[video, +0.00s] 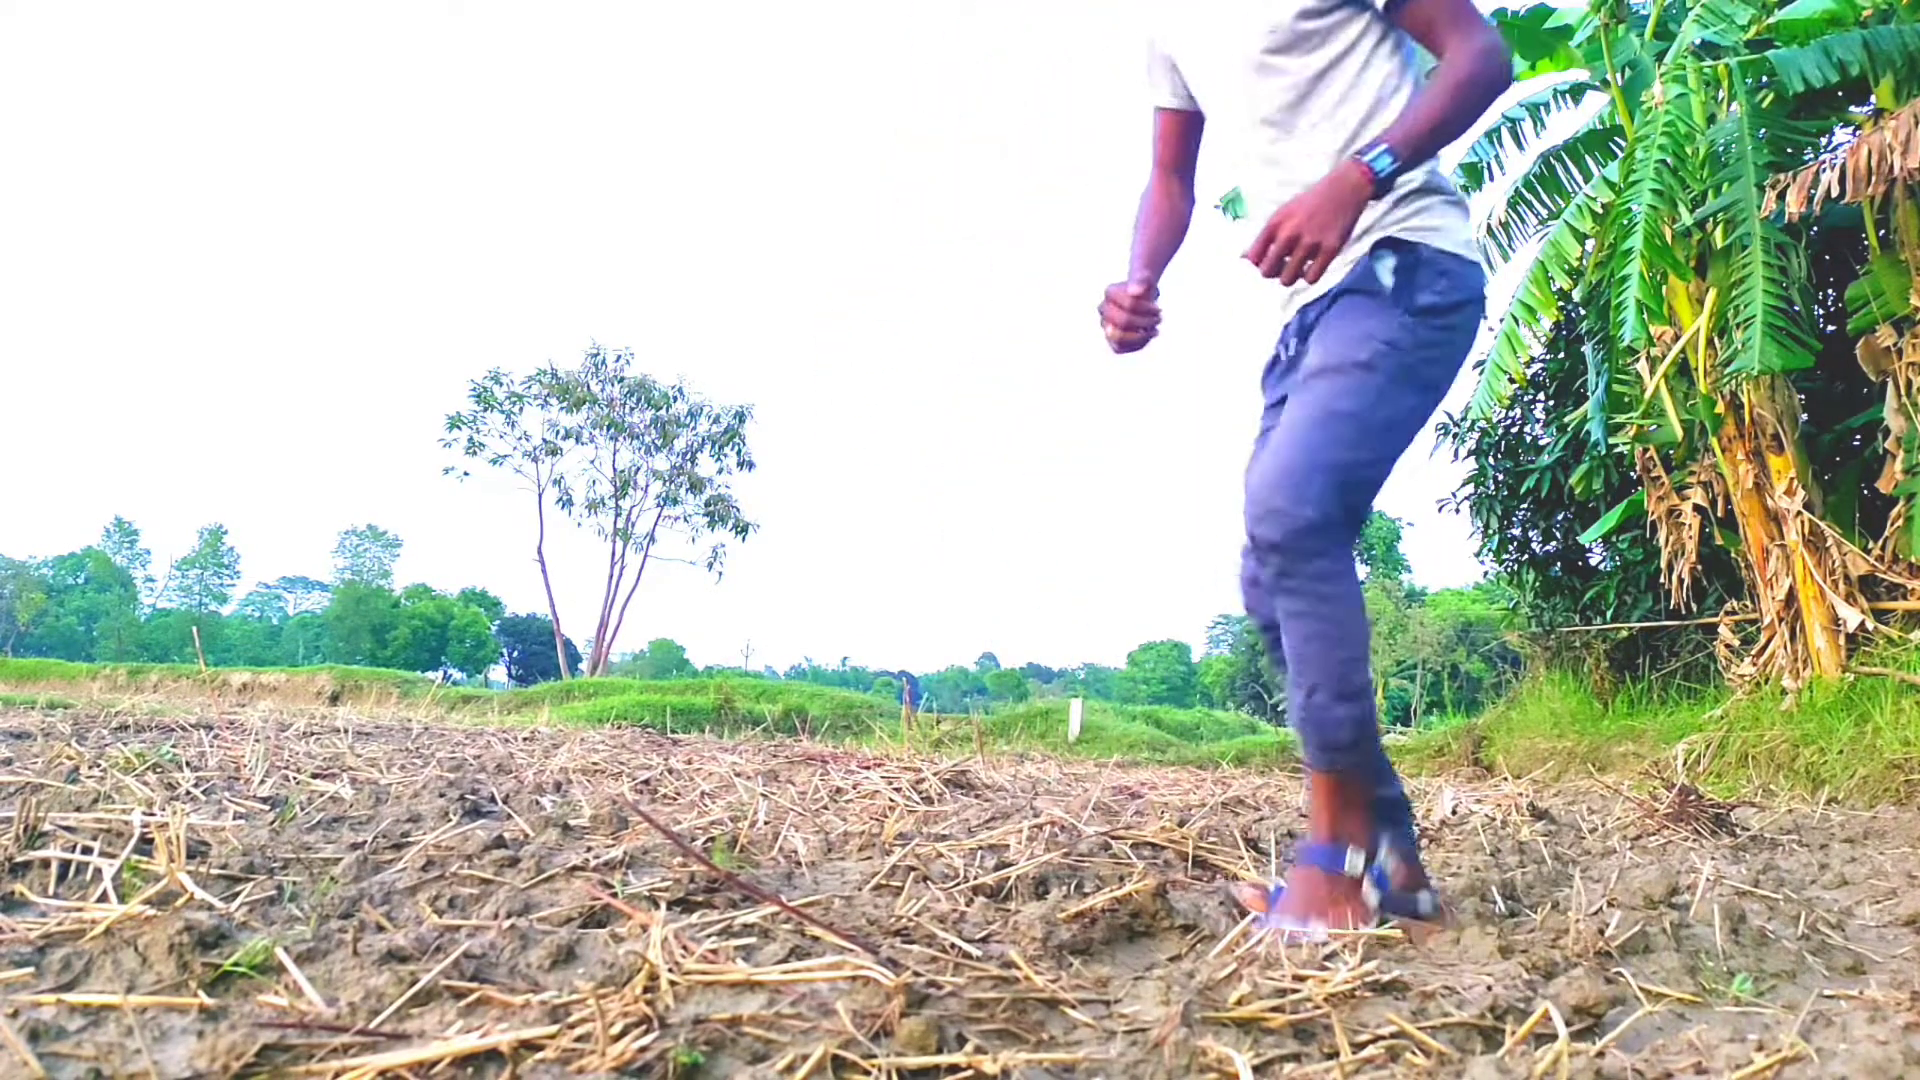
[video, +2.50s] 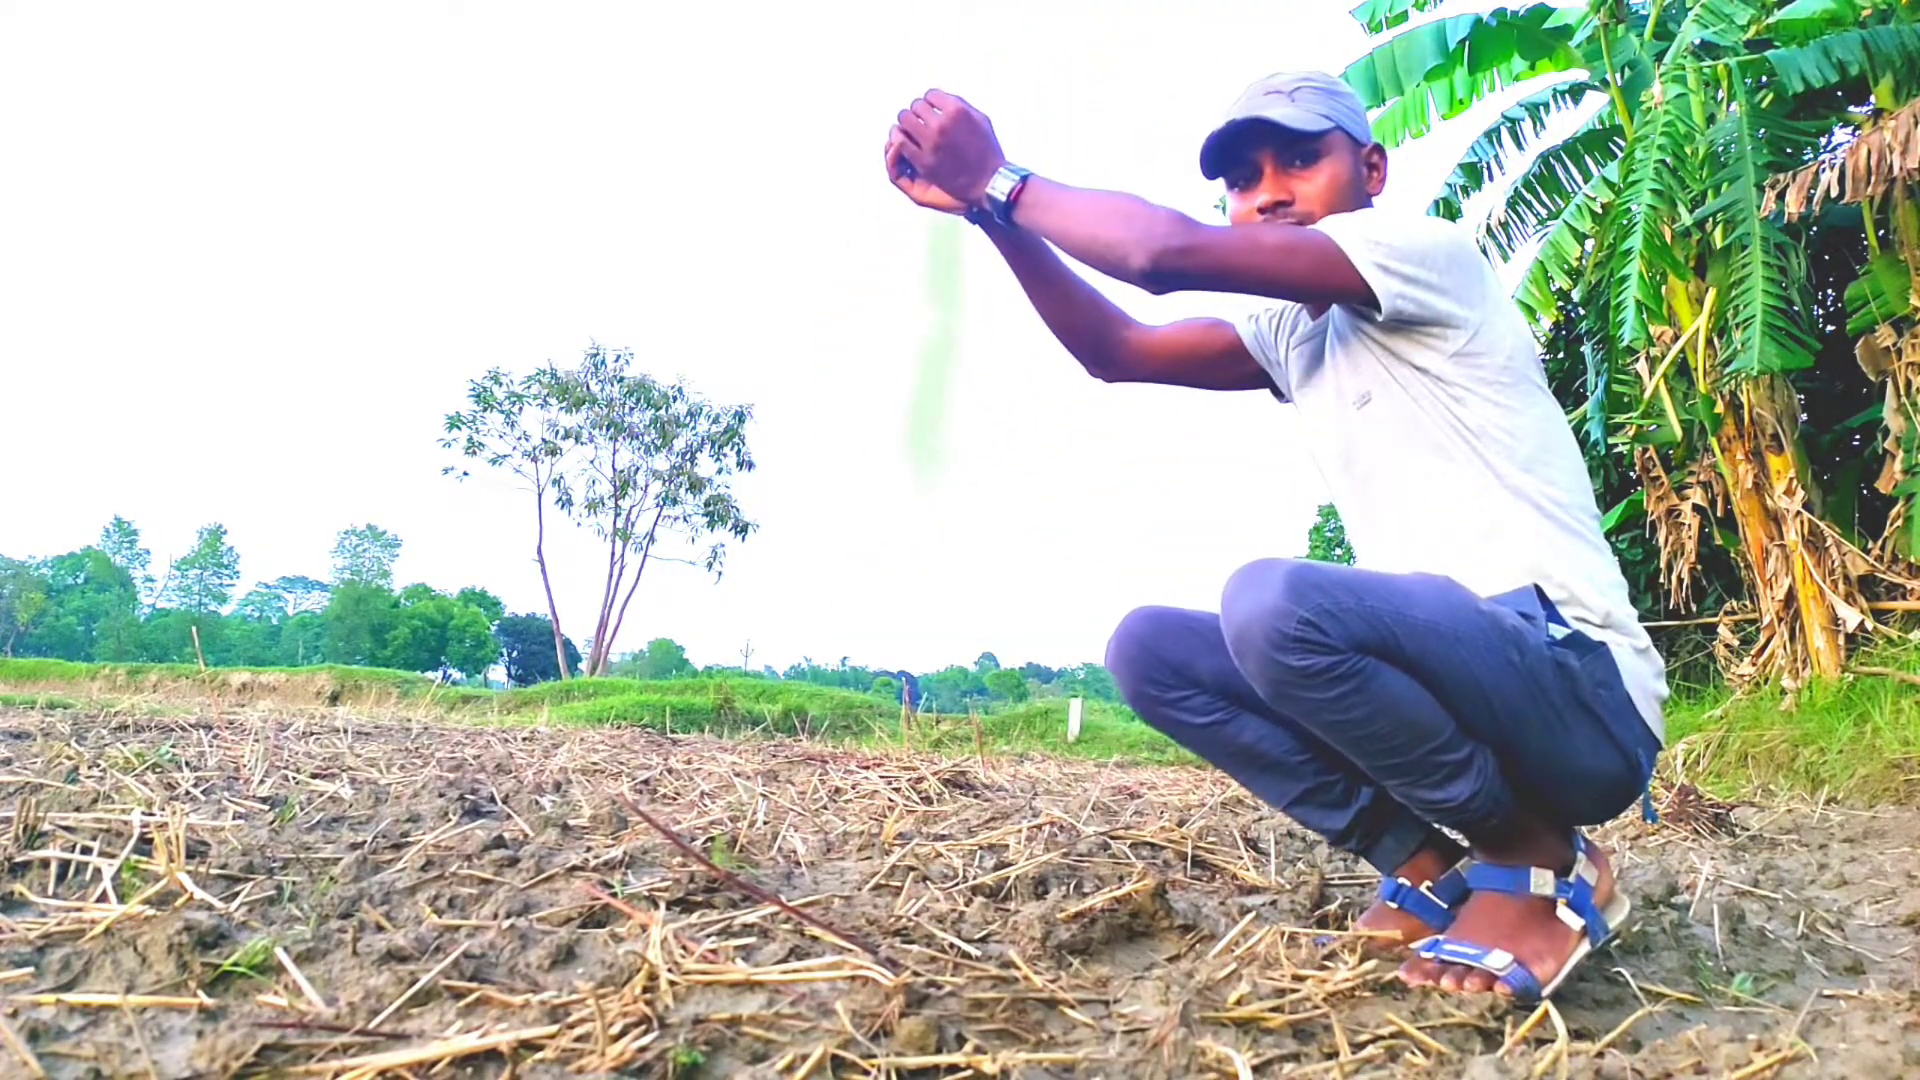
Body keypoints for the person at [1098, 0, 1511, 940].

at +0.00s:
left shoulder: (1358, 4)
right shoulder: (1172, 26)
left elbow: (1482, 55)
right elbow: (1170, 171)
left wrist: (1356, 177)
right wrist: (1140, 276)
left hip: (1408, 263)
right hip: (1317, 300)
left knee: (1293, 512)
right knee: (1273, 574)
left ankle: (1338, 857)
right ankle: (1395, 865)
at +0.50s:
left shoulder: (1439, 4)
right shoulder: (1289, 37)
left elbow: (1441, 190)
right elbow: (1310, 251)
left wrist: (1357, 427)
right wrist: (1249, 450)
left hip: (1631, 268)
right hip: (1506, 303)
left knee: (1426, 541)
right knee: (1310, 531)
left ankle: (1599, 921)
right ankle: (1477, 825)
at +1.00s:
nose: (1180, 361)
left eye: (1193, 313)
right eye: (1147, 346)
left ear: (1269, 283)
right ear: (1138, 369)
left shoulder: (1371, 398)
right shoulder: (1254, 466)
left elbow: (1196, 655)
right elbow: (1189, 649)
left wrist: (1028, 806)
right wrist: (1037, 798)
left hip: (1661, 712)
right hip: (1553, 731)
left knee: (1354, 576)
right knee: (1247, 603)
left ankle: (1560, 893)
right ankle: (1456, 873)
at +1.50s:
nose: (1189, 268)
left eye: (1218, 227)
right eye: (1160, 251)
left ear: (1292, 232)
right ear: (1150, 286)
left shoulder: (1377, 347)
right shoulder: (1273, 430)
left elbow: (1167, 569)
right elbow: (1159, 607)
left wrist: (960, 606)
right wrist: (976, 614)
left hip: (1620, 695)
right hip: (1509, 717)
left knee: (1306, 592)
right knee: (1197, 608)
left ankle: (1546, 878)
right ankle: (1443, 872)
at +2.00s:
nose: (1255, 199)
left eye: (1286, 164)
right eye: (1231, 185)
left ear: (1358, 173)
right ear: (1211, 209)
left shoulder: (1411, 262)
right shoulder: (1281, 340)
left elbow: (1155, 262)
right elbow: (1100, 368)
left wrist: (997, 182)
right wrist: (993, 217)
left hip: (1581, 685)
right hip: (1457, 697)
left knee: (1275, 603)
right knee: (1155, 642)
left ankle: (1534, 855)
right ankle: (1435, 856)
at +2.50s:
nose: (1269, 194)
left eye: (1300, 158)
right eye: (1243, 182)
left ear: (1373, 169)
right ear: (1229, 206)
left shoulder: (1426, 256)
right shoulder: (1298, 330)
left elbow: (1166, 251)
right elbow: (1117, 350)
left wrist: (995, 184)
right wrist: (994, 213)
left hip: (1579, 683)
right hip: (1459, 695)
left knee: (1273, 606)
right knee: (1151, 649)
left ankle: (1537, 853)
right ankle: (1434, 858)